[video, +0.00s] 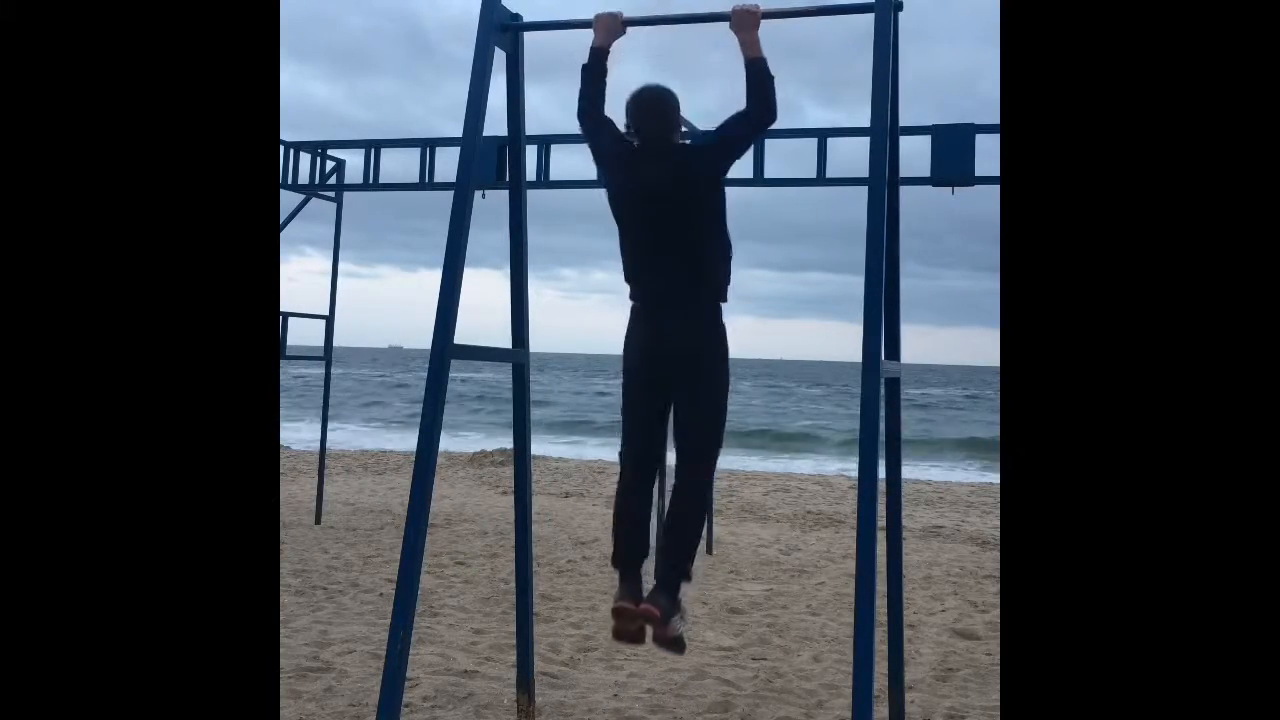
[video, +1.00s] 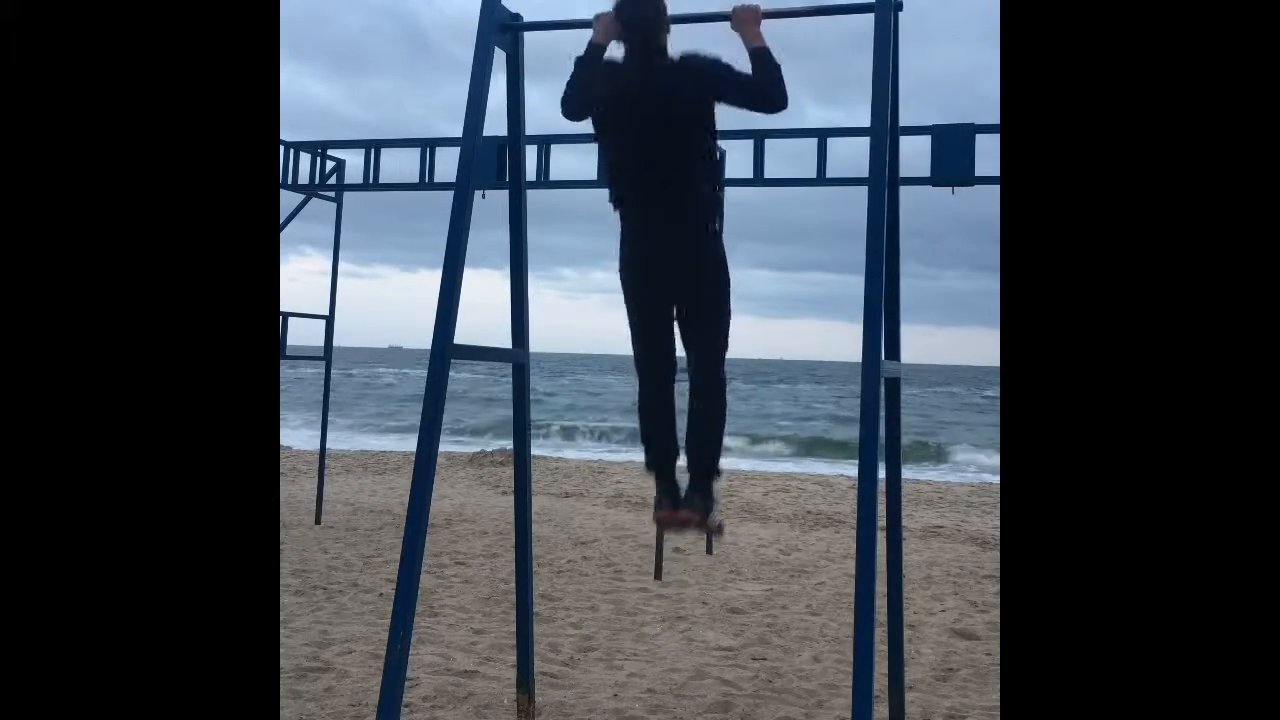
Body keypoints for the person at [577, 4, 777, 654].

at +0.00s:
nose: (682, 122)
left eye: (672, 116)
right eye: (680, 115)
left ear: (630, 127)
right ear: (680, 122)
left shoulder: (618, 164)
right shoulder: (707, 159)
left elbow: (590, 111)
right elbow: (761, 111)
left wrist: (600, 44)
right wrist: (750, 41)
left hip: (645, 330)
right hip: (701, 330)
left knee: (638, 462)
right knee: (694, 471)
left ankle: (630, 590)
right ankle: (665, 597)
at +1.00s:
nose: (654, 23)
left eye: (632, 21)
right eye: (658, 17)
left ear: (620, 31)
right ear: (665, 28)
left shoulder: (603, 82)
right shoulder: (697, 74)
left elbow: (572, 107)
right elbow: (773, 98)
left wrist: (597, 41)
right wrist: (754, 38)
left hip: (640, 247)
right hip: (698, 244)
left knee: (653, 371)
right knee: (707, 370)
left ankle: (666, 497)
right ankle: (700, 497)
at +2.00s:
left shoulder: (597, 31)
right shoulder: (693, 24)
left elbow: (564, 97)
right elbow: (758, 81)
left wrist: (600, 41)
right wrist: (751, 34)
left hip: (633, 199)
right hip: (692, 197)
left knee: (650, 319)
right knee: (706, 316)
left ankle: (668, 434)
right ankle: (704, 438)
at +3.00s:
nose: (640, 75)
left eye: (622, 67)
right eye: (651, 66)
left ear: (613, 75)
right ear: (659, 73)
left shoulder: (600, 125)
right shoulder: (692, 114)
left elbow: (589, 91)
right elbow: (754, 106)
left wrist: (599, 43)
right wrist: (749, 43)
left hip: (634, 288)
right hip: (692, 287)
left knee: (639, 410)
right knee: (696, 413)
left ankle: (642, 531)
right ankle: (678, 538)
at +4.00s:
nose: (680, 129)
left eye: (666, 127)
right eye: (679, 124)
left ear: (632, 139)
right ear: (681, 135)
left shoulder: (623, 170)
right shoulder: (707, 166)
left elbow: (593, 114)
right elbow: (758, 113)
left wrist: (600, 47)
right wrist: (750, 45)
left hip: (645, 339)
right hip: (700, 340)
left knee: (636, 474)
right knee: (691, 480)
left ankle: (626, 603)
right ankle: (663, 610)